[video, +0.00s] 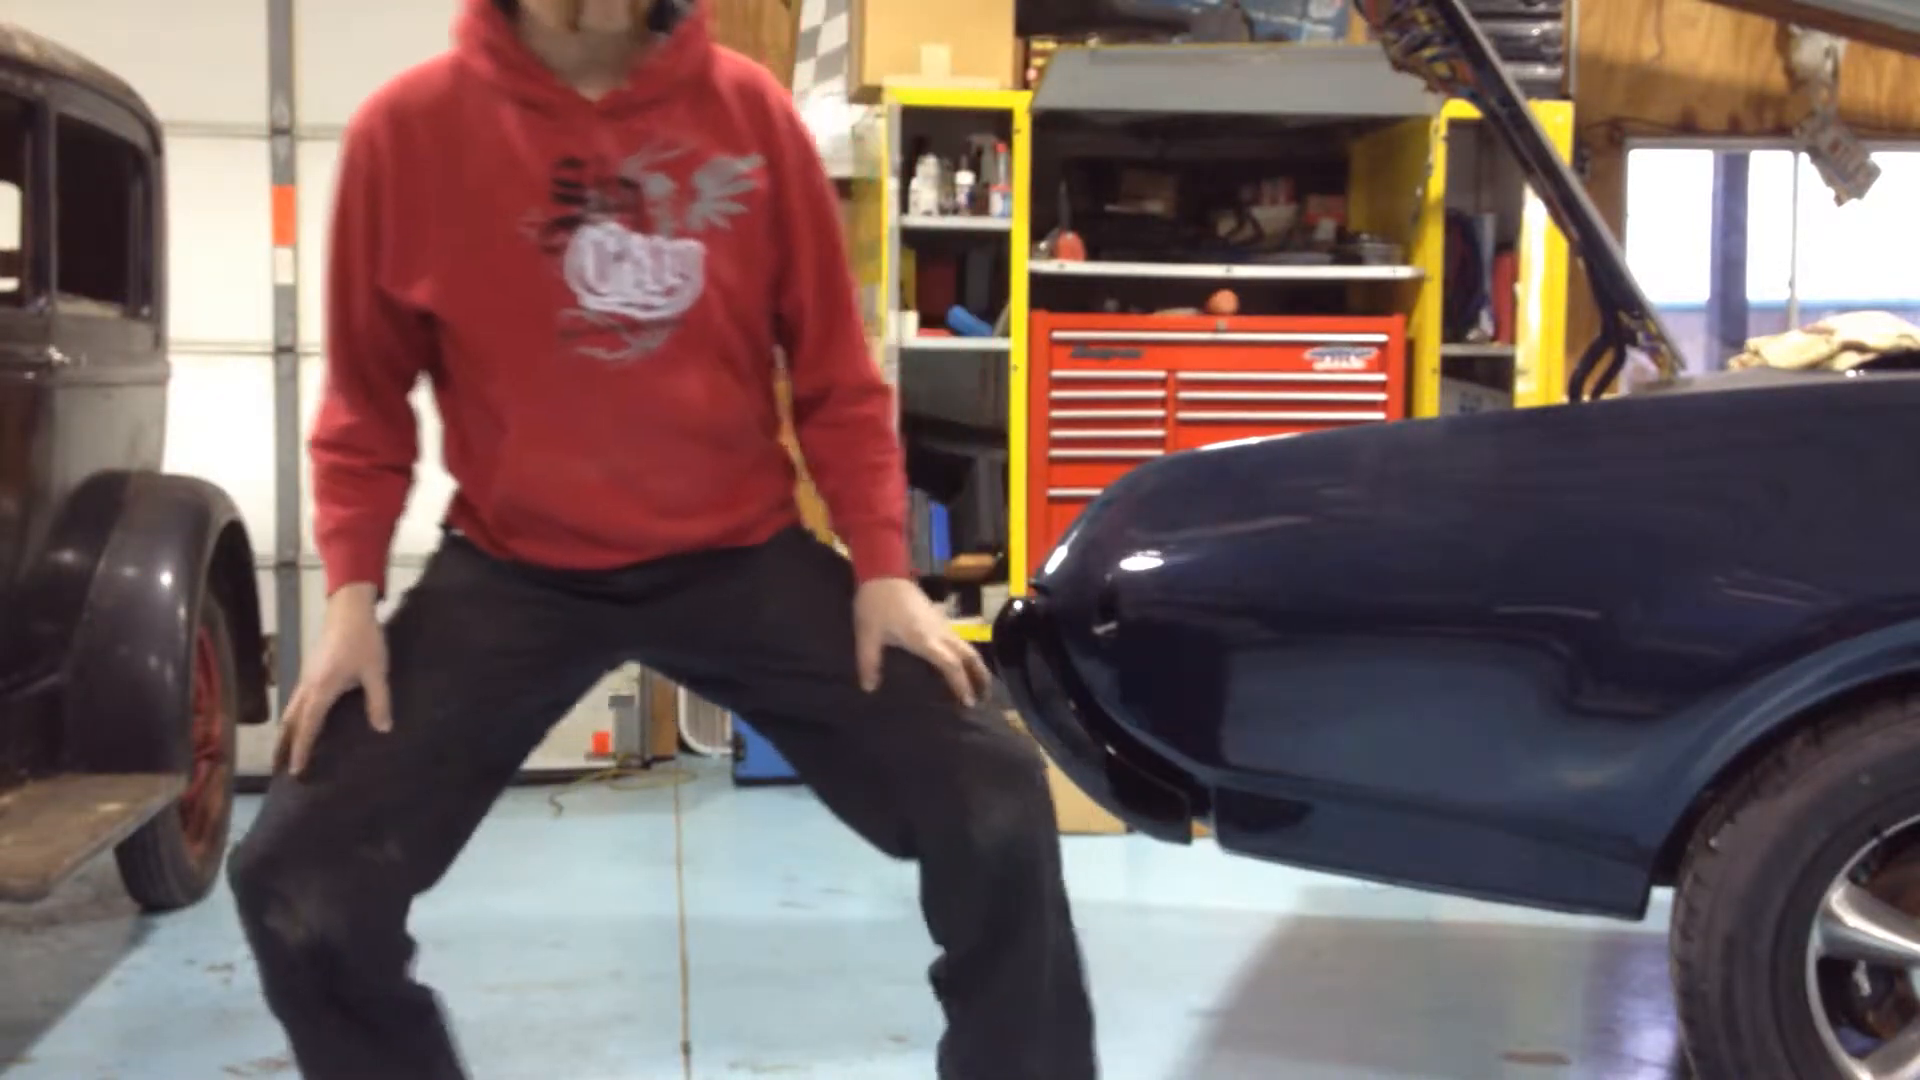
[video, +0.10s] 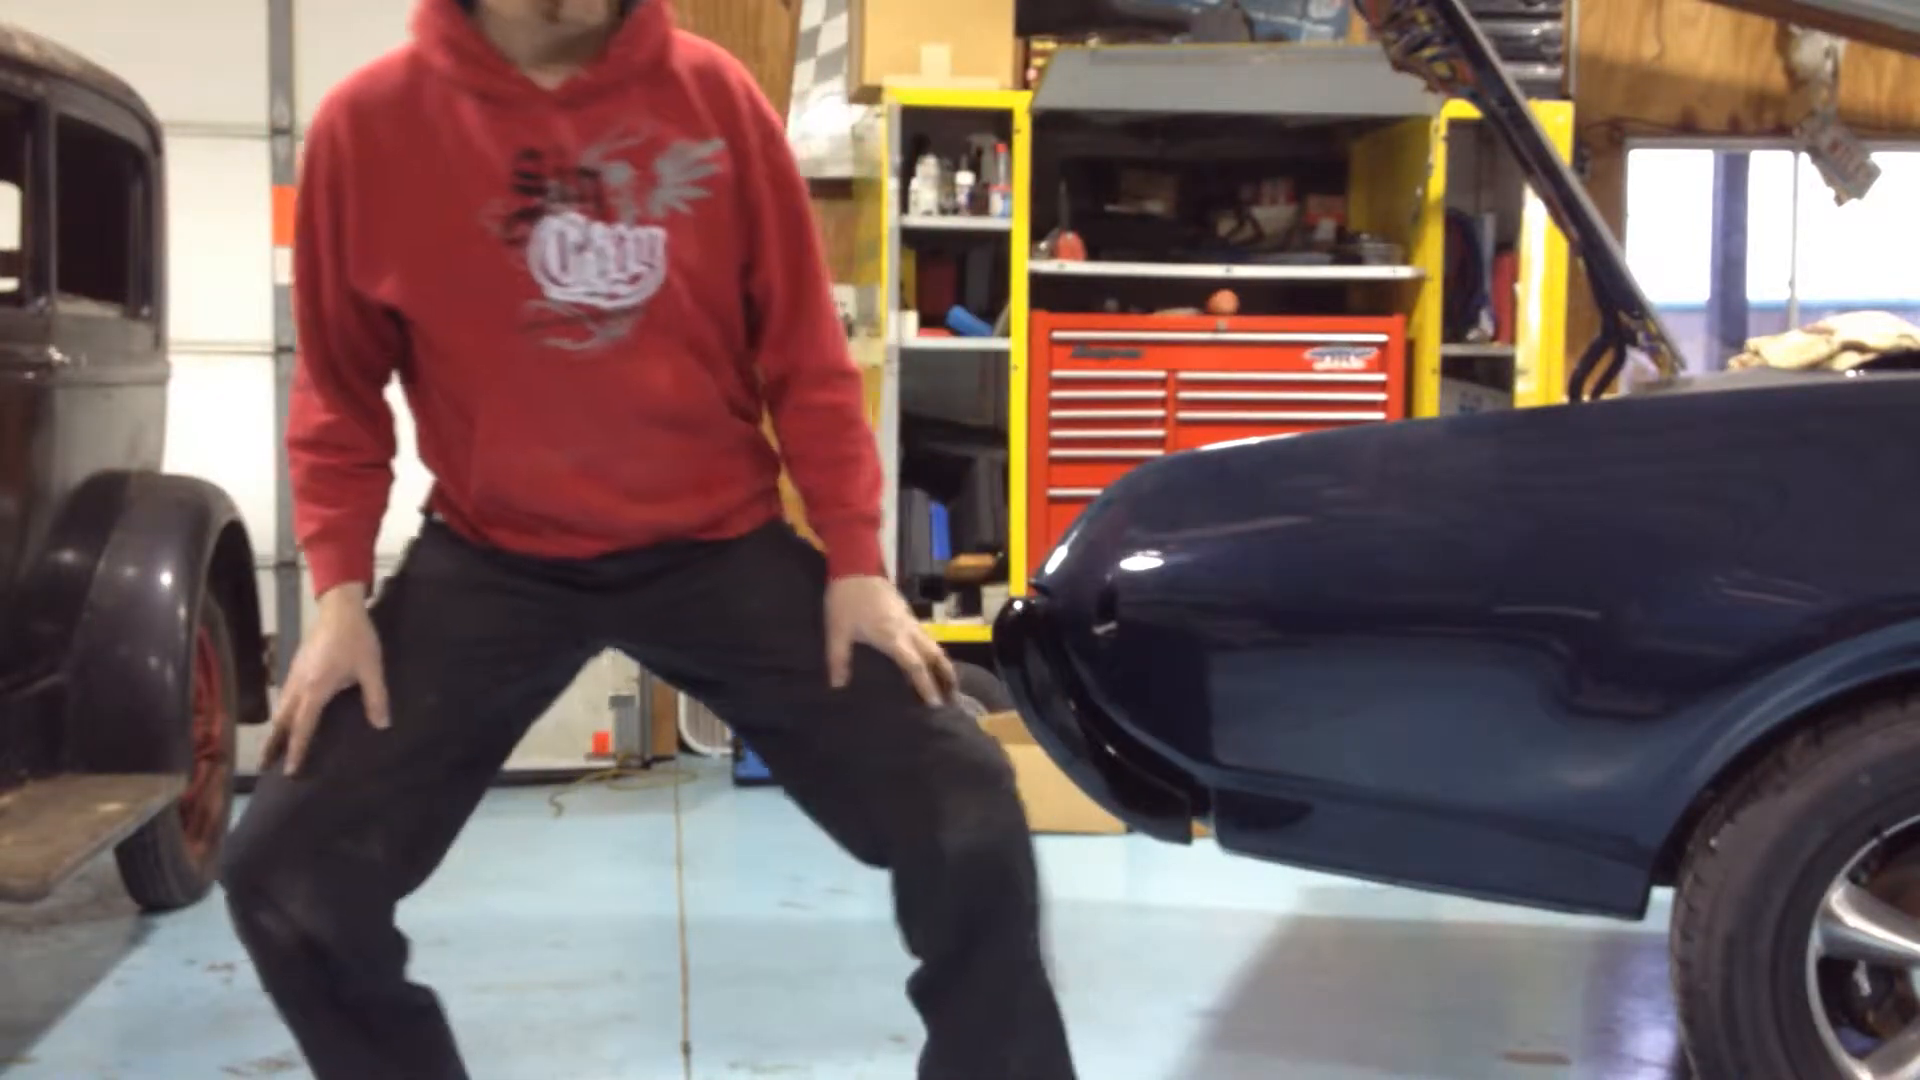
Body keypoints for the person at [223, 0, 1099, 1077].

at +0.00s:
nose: (631, 8)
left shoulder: (749, 113)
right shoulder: (408, 132)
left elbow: (834, 363)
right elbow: (364, 386)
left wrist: (884, 567)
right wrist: (351, 593)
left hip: (740, 561)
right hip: (514, 571)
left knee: (990, 792)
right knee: (302, 877)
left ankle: (1022, 1062)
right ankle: (404, 1067)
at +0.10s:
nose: (595, 6)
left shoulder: (713, 99)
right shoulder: (370, 125)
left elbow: (806, 350)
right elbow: (337, 380)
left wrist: (858, 564)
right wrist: (338, 593)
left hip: (717, 553)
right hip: (493, 562)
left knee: (963, 805)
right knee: (289, 869)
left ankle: (998, 1069)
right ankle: (416, 1075)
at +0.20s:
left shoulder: (692, 85)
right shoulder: (354, 126)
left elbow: (796, 332)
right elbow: (328, 385)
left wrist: (849, 545)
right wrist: (328, 597)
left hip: (707, 546)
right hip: (485, 561)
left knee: (953, 780)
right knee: (292, 874)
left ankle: (996, 1066)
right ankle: (415, 1070)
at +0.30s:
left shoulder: (697, 90)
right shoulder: (358, 128)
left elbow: (802, 336)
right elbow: (332, 386)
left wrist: (856, 539)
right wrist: (332, 596)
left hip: (716, 546)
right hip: (492, 562)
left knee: (957, 779)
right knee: (295, 874)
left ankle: (998, 1064)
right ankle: (411, 1069)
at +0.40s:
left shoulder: (720, 91)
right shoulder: (383, 127)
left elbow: (818, 332)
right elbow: (355, 390)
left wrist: (875, 547)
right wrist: (346, 593)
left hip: (734, 555)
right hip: (508, 561)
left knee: (968, 821)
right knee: (294, 866)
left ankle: (978, 1071)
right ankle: (415, 1074)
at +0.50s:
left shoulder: (760, 103)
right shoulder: (427, 126)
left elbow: (854, 342)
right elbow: (390, 382)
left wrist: (905, 563)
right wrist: (366, 586)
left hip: (756, 561)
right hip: (528, 562)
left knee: (991, 821)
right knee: (302, 846)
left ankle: (979, 1071)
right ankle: (406, 1073)